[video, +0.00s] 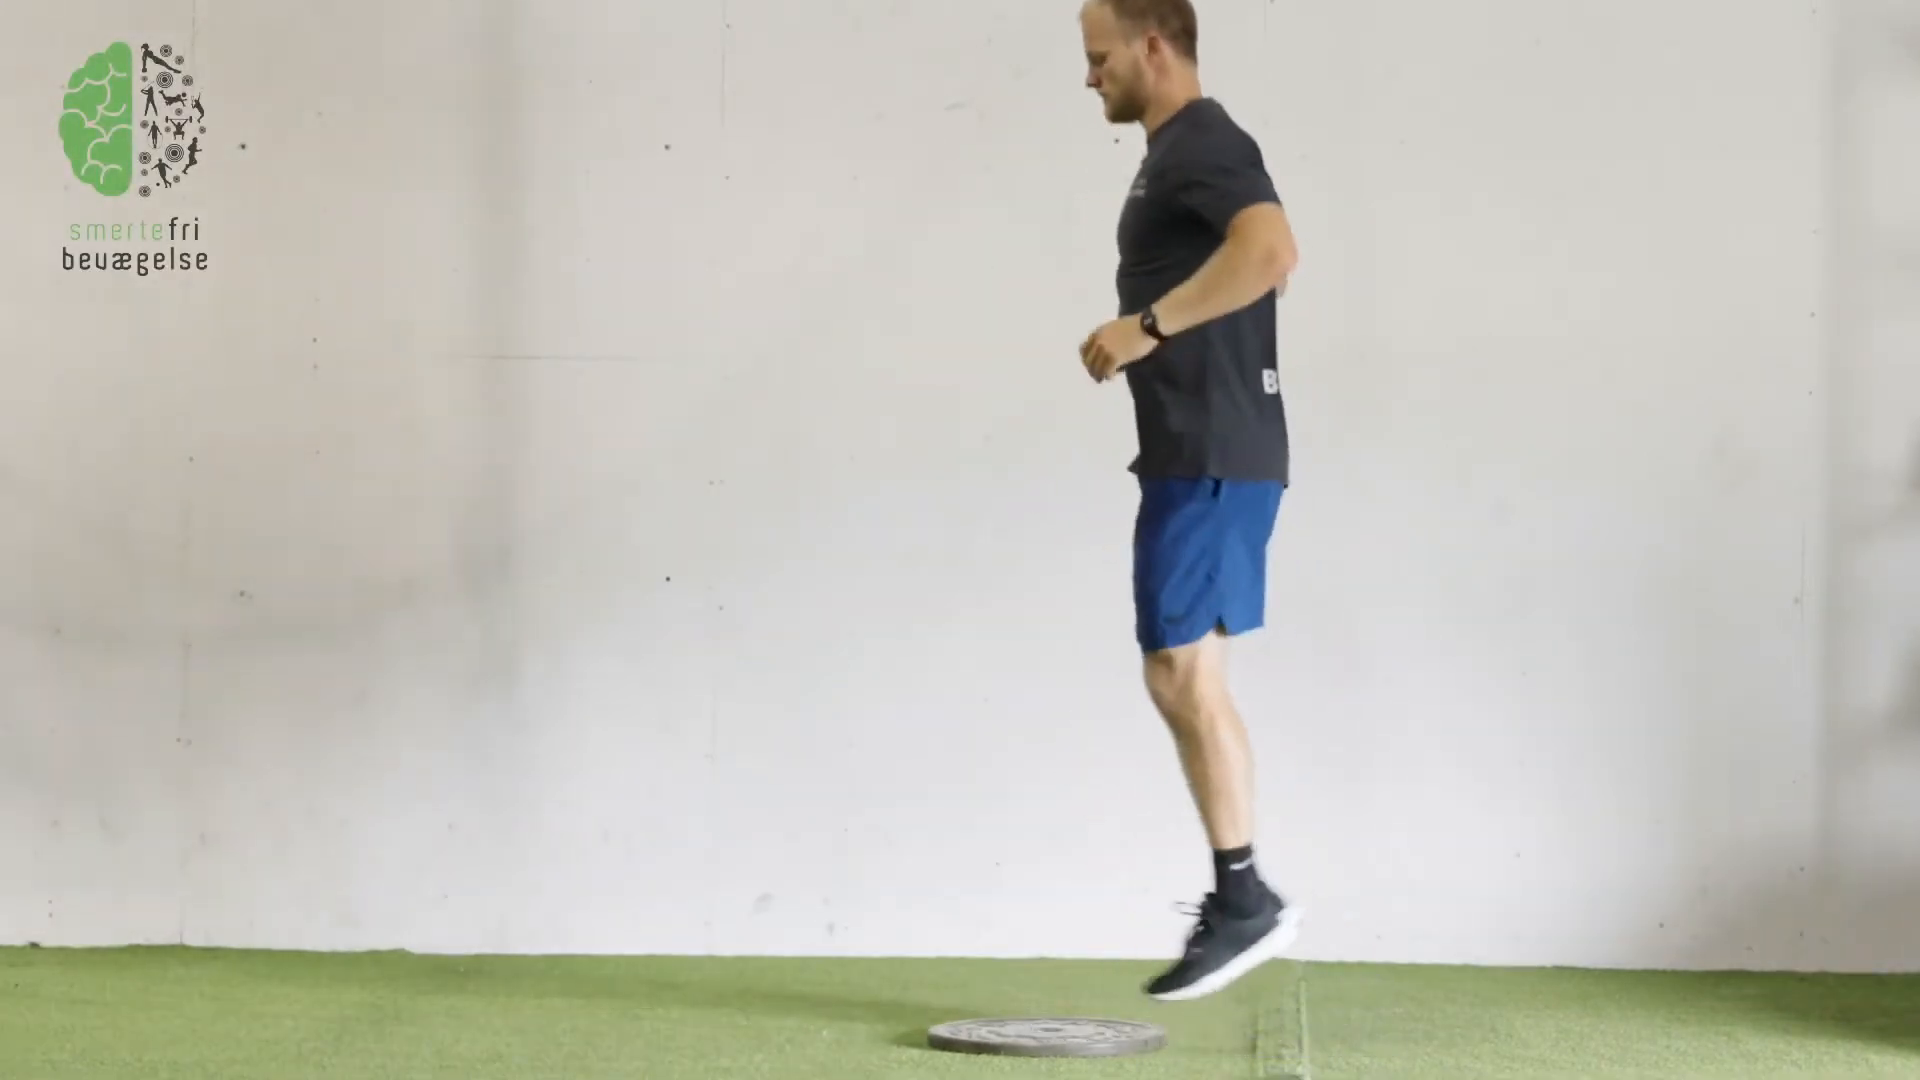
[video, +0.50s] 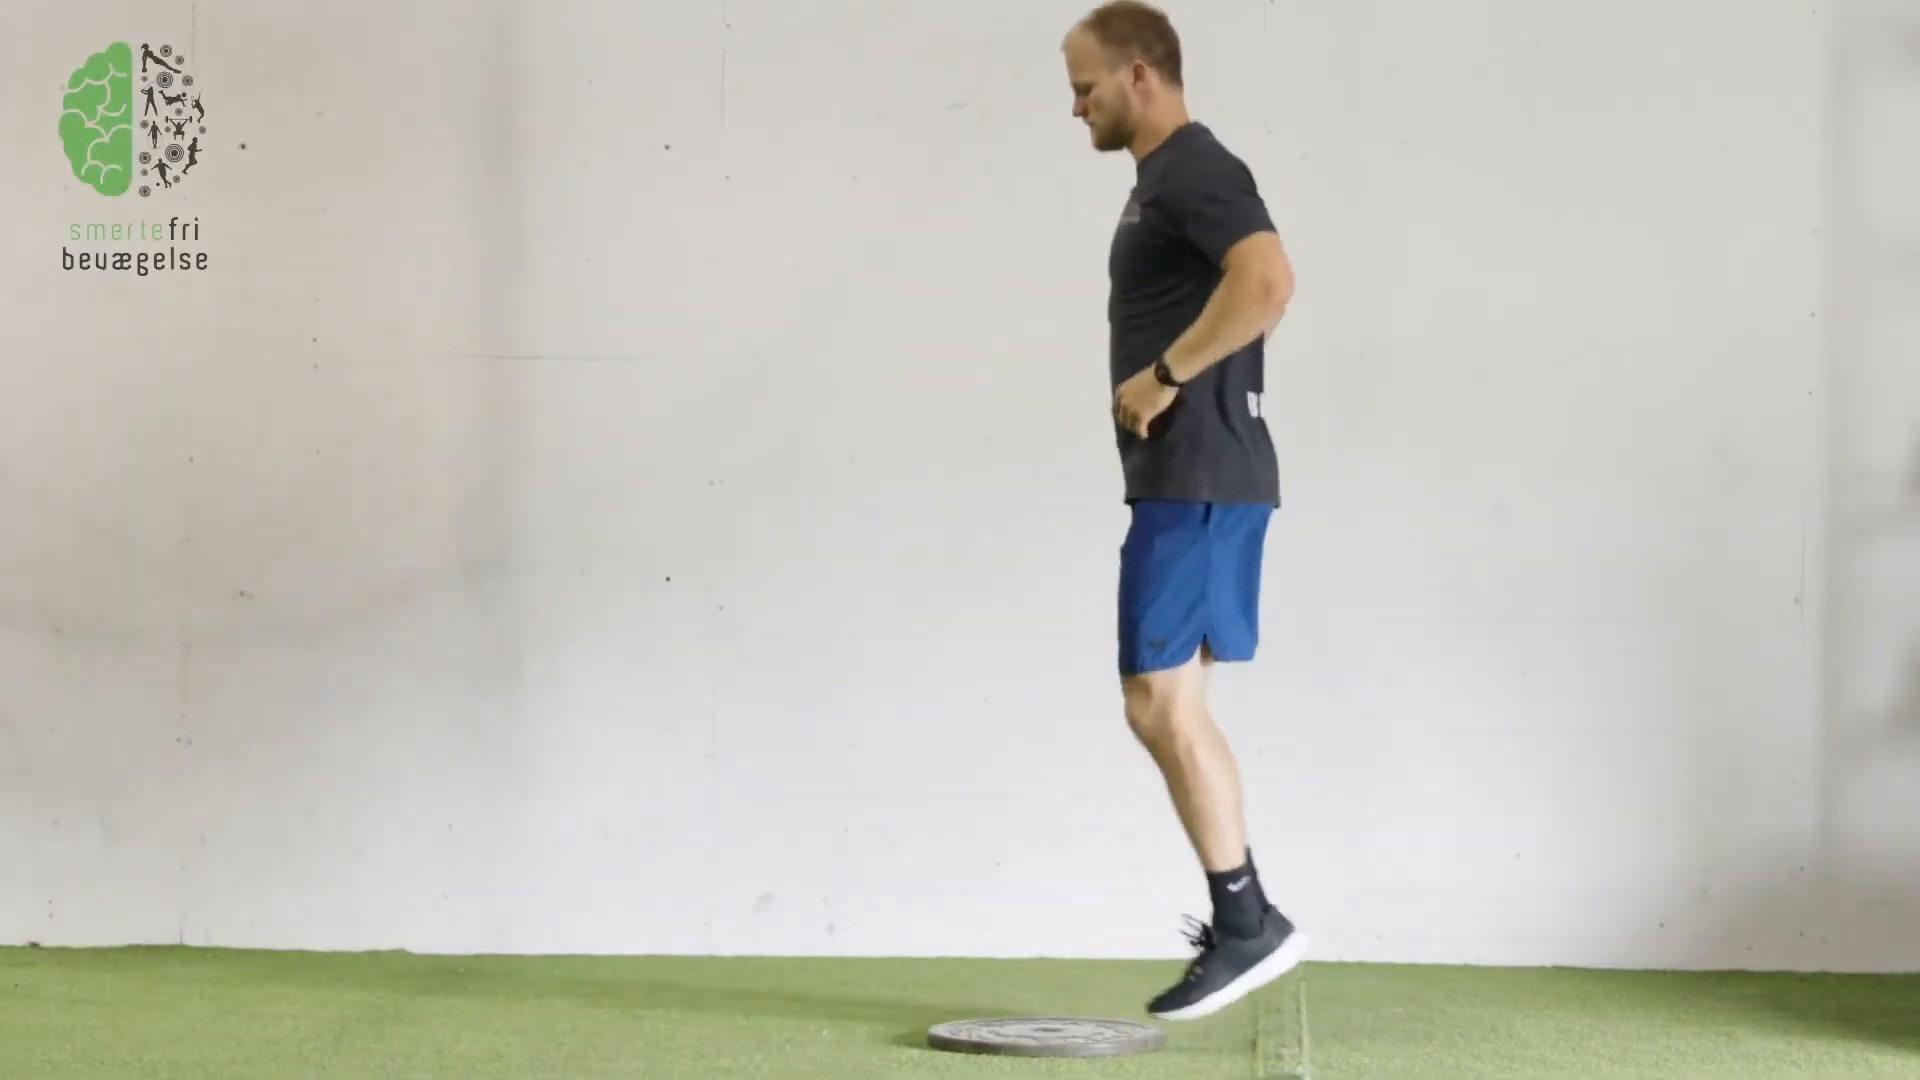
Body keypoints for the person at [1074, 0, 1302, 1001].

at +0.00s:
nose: (1090, 77)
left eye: (1097, 57)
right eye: (1088, 60)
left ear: (1153, 47)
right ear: (1153, 51)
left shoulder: (1202, 139)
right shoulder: (1186, 145)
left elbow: (1268, 248)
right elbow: (1270, 260)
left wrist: (1149, 325)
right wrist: (1163, 334)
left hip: (1210, 461)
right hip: (1195, 457)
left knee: (1184, 677)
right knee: (1183, 678)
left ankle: (1242, 898)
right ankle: (1238, 896)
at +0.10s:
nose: (1073, 112)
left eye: (1082, 92)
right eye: (1071, 94)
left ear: (1137, 83)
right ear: (1132, 87)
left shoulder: (1185, 175)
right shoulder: (1161, 182)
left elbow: (1240, 298)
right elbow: (1211, 320)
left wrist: (1127, 380)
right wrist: (1129, 406)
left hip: (1202, 489)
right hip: (1177, 486)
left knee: (1154, 711)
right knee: (1144, 710)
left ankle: (1171, 942)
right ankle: (1167, 938)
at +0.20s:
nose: (1069, 165)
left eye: (1078, 146)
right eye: (1068, 147)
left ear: (1132, 140)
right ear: (1132, 145)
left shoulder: (1181, 238)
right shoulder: (1156, 246)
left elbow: (1223, 369)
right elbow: (1203, 399)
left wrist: (1105, 454)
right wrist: (1132, 506)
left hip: (1185, 550)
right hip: (1178, 547)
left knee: (1104, 756)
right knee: (1121, 758)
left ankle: (1177, 974)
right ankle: (1172, 971)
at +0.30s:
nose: (1068, 151)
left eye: (1076, 132)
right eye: (1066, 133)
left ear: (1131, 125)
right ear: (1130, 129)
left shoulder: (1186, 218)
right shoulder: (1158, 224)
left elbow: (1230, 360)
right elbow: (1216, 370)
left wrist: (1122, 448)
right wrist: (1123, 453)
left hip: (1182, 525)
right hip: (1166, 523)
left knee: (1128, 736)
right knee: (1125, 737)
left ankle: (1173, 961)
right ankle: (1169, 958)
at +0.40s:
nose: (1070, 110)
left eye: (1078, 91)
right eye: (1068, 93)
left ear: (1135, 81)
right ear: (1132, 86)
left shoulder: (1185, 169)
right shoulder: (1164, 175)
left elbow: (1249, 299)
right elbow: (1241, 307)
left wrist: (1150, 386)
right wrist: (1147, 388)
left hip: (1185, 480)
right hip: (1172, 477)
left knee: (1161, 706)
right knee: (1158, 705)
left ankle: (1181, 930)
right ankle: (1177, 926)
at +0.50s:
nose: (1075, 106)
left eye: (1084, 87)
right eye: (1074, 89)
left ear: (1141, 75)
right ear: (1141, 79)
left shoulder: (1193, 166)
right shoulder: (1173, 172)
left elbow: (1265, 280)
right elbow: (1260, 289)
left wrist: (1164, 375)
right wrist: (1165, 382)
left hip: (1199, 478)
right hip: (1185, 476)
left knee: (1165, 702)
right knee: (1161, 702)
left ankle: (1244, 921)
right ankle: (1238, 918)